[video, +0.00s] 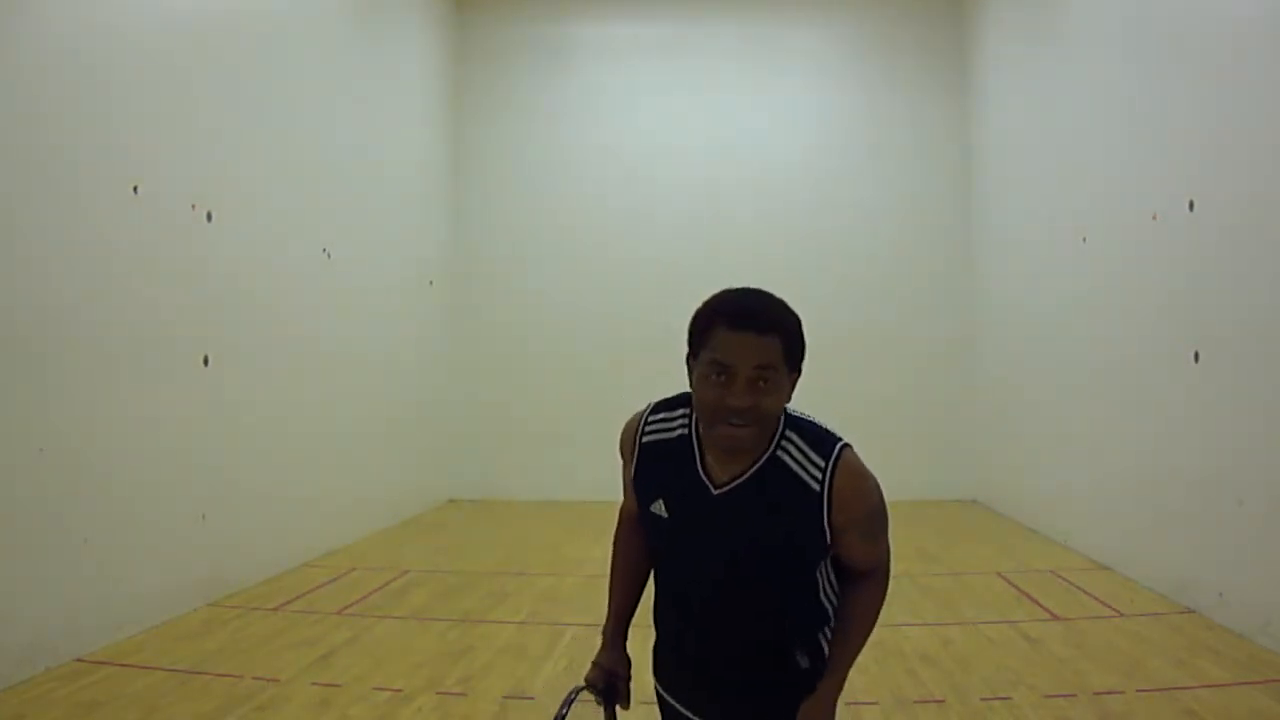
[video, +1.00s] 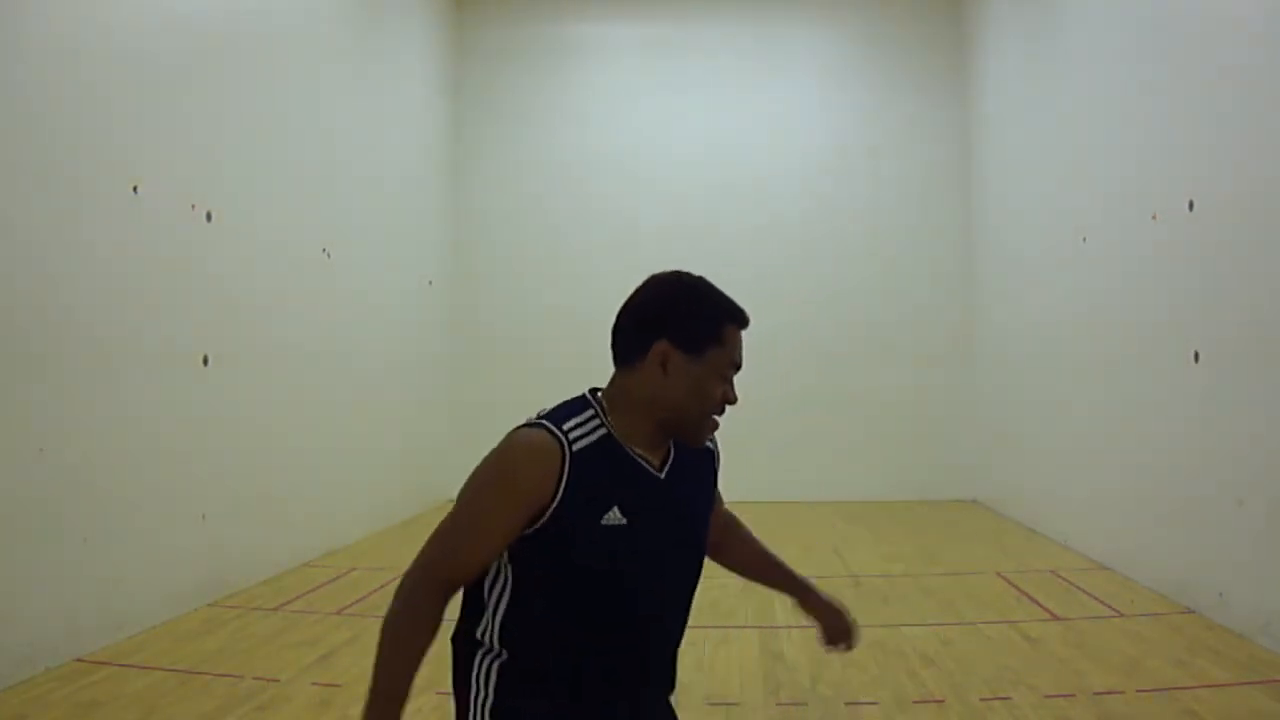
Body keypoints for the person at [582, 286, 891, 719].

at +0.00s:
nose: (738, 400)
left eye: (761, 380)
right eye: (719, 375)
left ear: (792, 383)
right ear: (690, 371)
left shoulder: (837, 480)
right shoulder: (646, 439)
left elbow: (867, 576)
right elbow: (637, 522)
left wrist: (827, 694)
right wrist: (613, 641)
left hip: (785, 693)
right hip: (683, 683)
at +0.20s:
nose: (765, 397)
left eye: (788, 377)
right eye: (746, 372)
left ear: (814, 382)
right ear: (712, 367)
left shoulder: (853, 482)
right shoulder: (652, 442)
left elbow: (869, 579)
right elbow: (631, 532)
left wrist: (845, 699)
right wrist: (608, 651)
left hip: (791, 696)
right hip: (677, 689)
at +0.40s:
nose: (795, 342)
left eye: (812, 328)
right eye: (774, 321)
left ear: (827, 340)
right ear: (726, 327)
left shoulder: (853, 451)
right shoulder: (653, 425)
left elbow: (854, 561)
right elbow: (607, 534)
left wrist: (866, 672)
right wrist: (595, 668)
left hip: (782, 691)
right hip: (663, 684)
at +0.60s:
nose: (811, 346)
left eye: (813, 329)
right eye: (796, 324)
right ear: (726, 317)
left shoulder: (808, 431)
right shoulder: (634, 422)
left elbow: (827, 543)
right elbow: (575, 555)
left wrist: (893, 600)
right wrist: (577, 698)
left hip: (769, 703)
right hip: (646, 700)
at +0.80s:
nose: (766, 374)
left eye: (768, 356)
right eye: (757, 353)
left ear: (700, 347)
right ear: (692, 344)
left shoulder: (738, 444)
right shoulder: (587, 445)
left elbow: (779, 533)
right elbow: (503, 583)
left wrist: (892, 537)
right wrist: (516, 713)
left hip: (716, 706)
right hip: (598, 708)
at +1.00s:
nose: (732, 395)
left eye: (735, 376)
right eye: (726, 373)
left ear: (673, 365)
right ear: (665, 361)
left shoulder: (694, 451)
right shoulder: (537, 456)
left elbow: (706, 524)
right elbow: (425, 585)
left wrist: (804, 593)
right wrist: (380, 713)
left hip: (641, 707)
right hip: (523, 710)